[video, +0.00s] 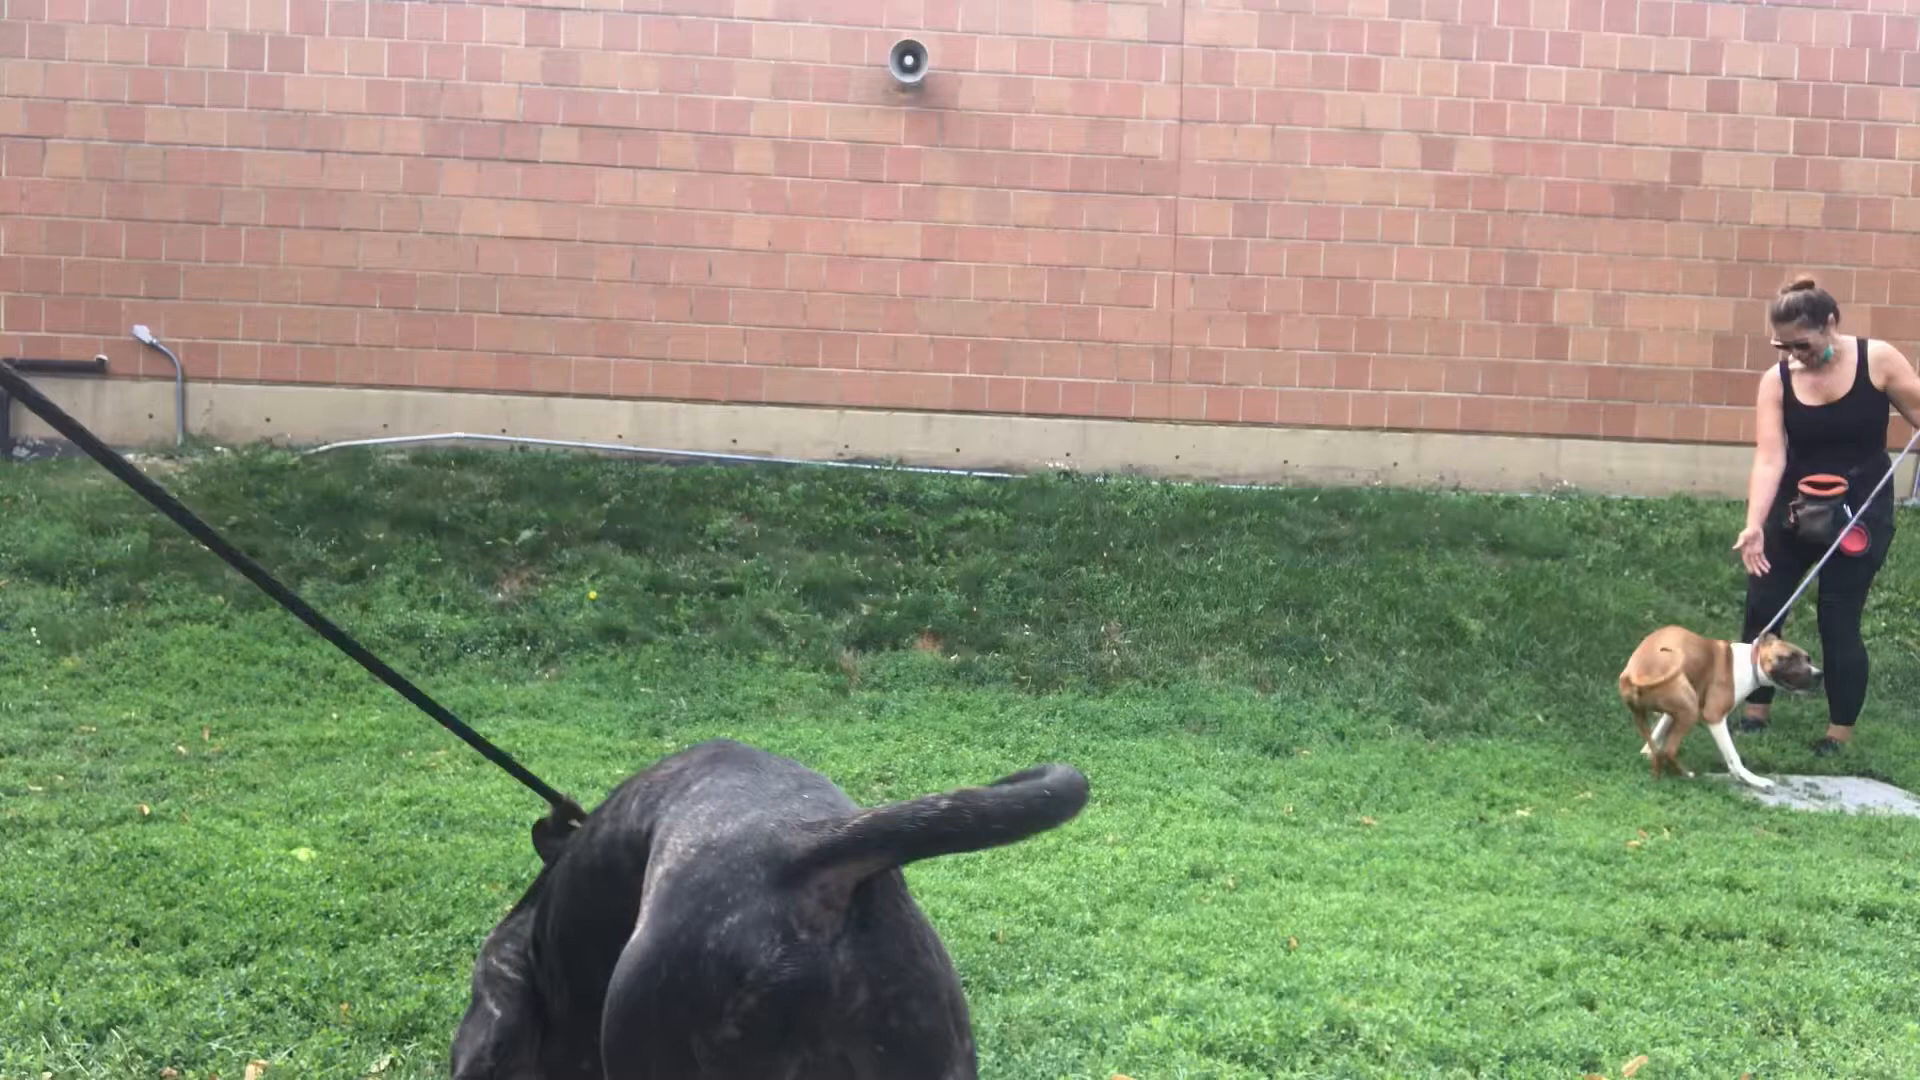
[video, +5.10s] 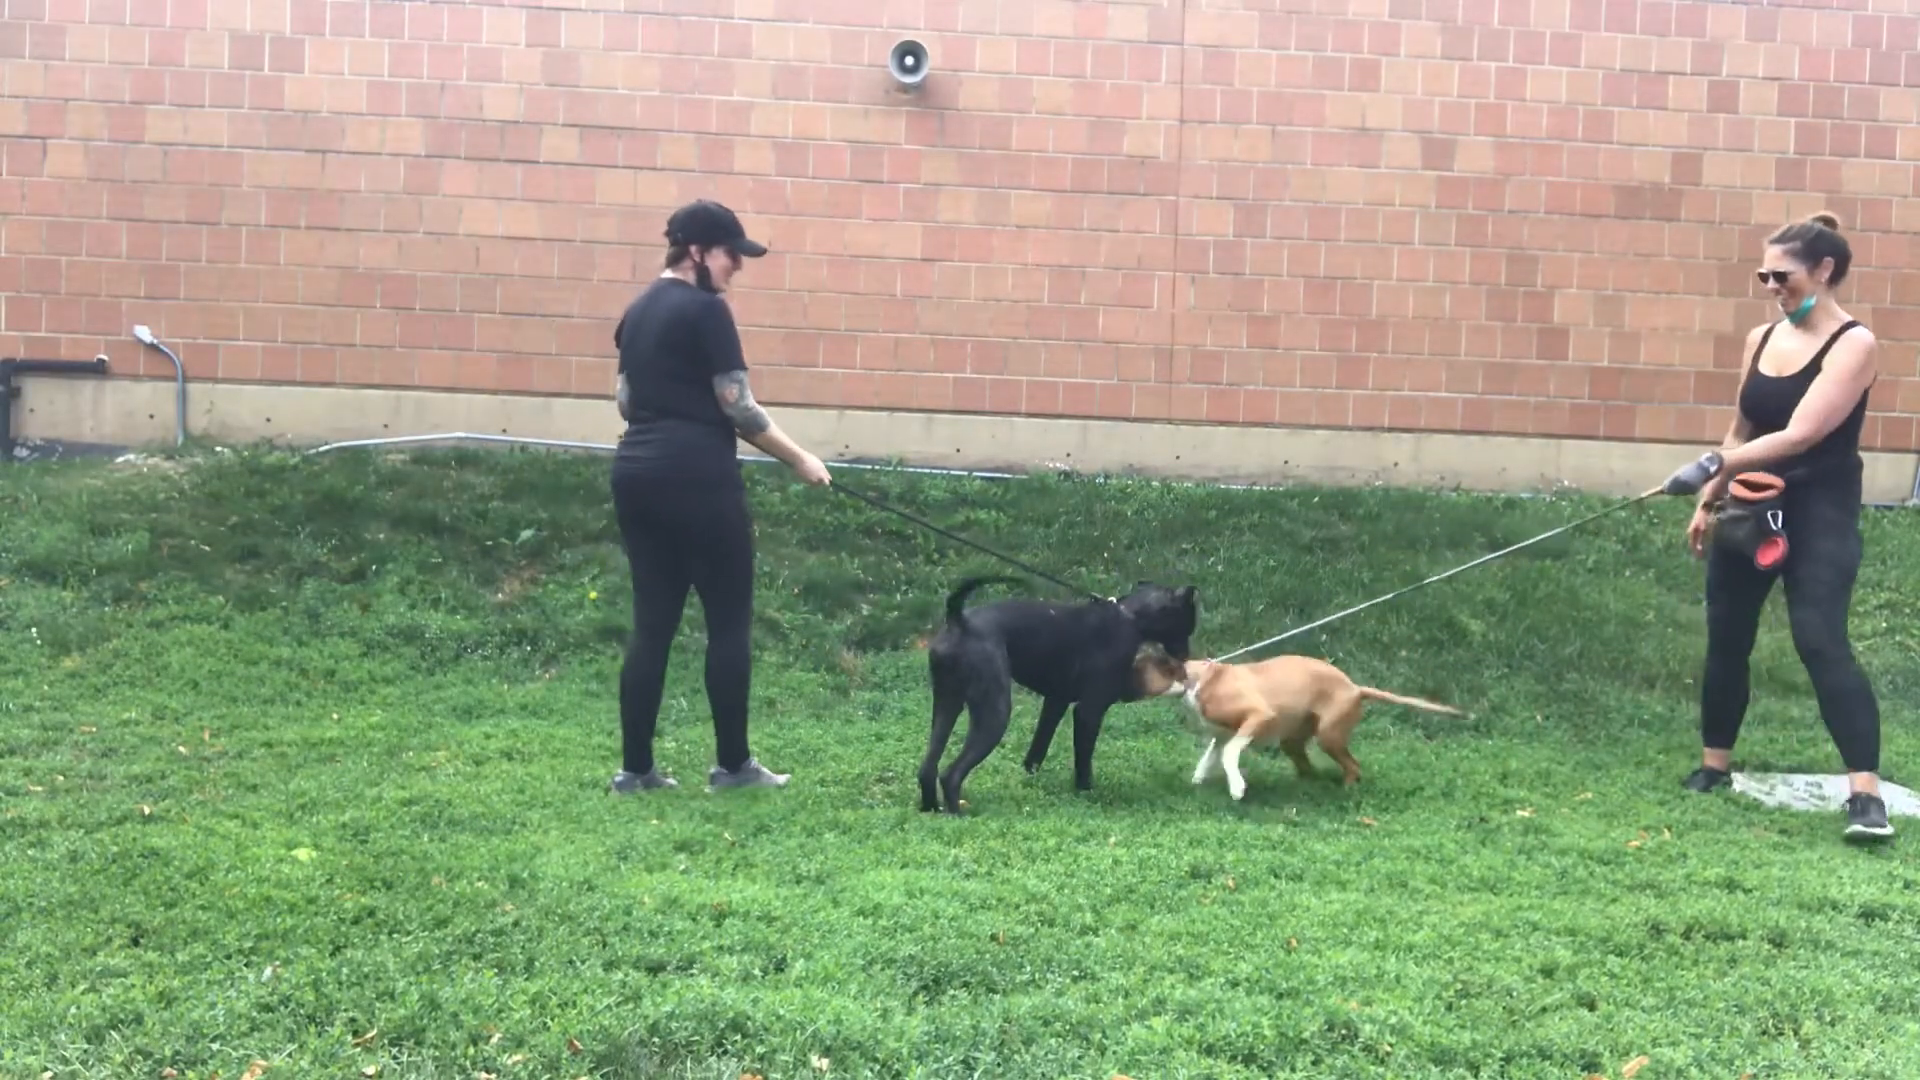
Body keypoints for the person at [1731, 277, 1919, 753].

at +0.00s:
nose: (1793, 357)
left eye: (1802, 346)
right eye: (1784, 346)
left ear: (1831, 326)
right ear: (1775, 334)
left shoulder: (1879, 360)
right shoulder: (1775, 382)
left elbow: (1917, 418)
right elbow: (1768, 460)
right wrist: (1754, 523)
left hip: (1861, 506)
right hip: (1793, 503)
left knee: (1837, 615)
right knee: (1762, 599)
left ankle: (1839, 732)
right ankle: (1755, 711)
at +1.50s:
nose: (1812, 320)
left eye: (1822, 309)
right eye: (1804, 313)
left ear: (1850, 304)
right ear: (1799, 314)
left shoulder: (1884, 365)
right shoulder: (1792, 366)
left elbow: (1871, 447)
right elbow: (1771, 445)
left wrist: (1815, 482)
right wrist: (1759, 513)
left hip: (1854, 509)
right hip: (1793, 503)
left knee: (1834, 617)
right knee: (1746, 596)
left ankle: (1841, 736)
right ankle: (1750, 712)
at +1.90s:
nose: (1742, 322)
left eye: (1751, 312)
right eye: (1735, 314)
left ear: (1781, 309)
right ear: (1732, 316)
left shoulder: (1804, 366)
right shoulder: (1757, 364)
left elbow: (1778, 434)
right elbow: (1754, 440)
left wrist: (1740, 475)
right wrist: (1727, 492)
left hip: (1795, 516)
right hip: (1750, 509)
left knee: (1799, 623)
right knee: (1707, 602)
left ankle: (1838, 732)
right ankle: (1686, 716)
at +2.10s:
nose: (1697, 325)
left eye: (1706, 315)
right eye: (1690, 317)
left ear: (1735, 310)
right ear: (1686, 315)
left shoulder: (1754, 360)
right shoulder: (1708, 365)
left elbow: (1732, 414)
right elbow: (1697, 433)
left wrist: (1692, 444)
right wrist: (1679, 483)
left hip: (1753, 503)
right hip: (1710, 500)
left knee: (1709, 607)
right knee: (1680, 602)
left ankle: (1794, 705)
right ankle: (1683, 718)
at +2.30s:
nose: (1669, 320)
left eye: (1678, 310)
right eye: (1661, 313)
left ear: (1705, 304)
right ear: (1655, 313)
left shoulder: (1724, 356)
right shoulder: (1683, 358)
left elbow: (1695, 426)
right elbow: (1689, 434)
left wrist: (1655, 472)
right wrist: (1664, 491)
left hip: (1730, 497)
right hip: (1689, 495)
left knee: (1682, 599)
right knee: (1663, 599)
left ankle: (1693, 733)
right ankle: (1679, 722)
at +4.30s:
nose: (1734, 296)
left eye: (1745, 286)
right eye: (1730, 286)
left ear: (1784, 281)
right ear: (1730, 282)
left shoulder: (1810, 344)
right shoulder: (1743, 338)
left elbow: (1757, 416)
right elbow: (1747, 420)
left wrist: (1692, 454)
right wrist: (1733, 478)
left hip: (1805, 501)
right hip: (1752, 494)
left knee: (1773, 615)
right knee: (1696, 605)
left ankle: (1774, 758)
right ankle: (1710, 722)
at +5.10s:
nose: (1770, 287)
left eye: (1781, 277)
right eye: (1767, 277)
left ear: (1825, 270)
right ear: (1769, 273)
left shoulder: (1854, 344)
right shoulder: (1762, 336)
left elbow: (1802, 435)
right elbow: (1740, 430)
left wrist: (1722, 461)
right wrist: (1706, 501)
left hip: (1819, 510)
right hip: (1750, 502)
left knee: (1820, 640)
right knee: (1726, 637)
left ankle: (1864, 791)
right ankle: (1714, 768)